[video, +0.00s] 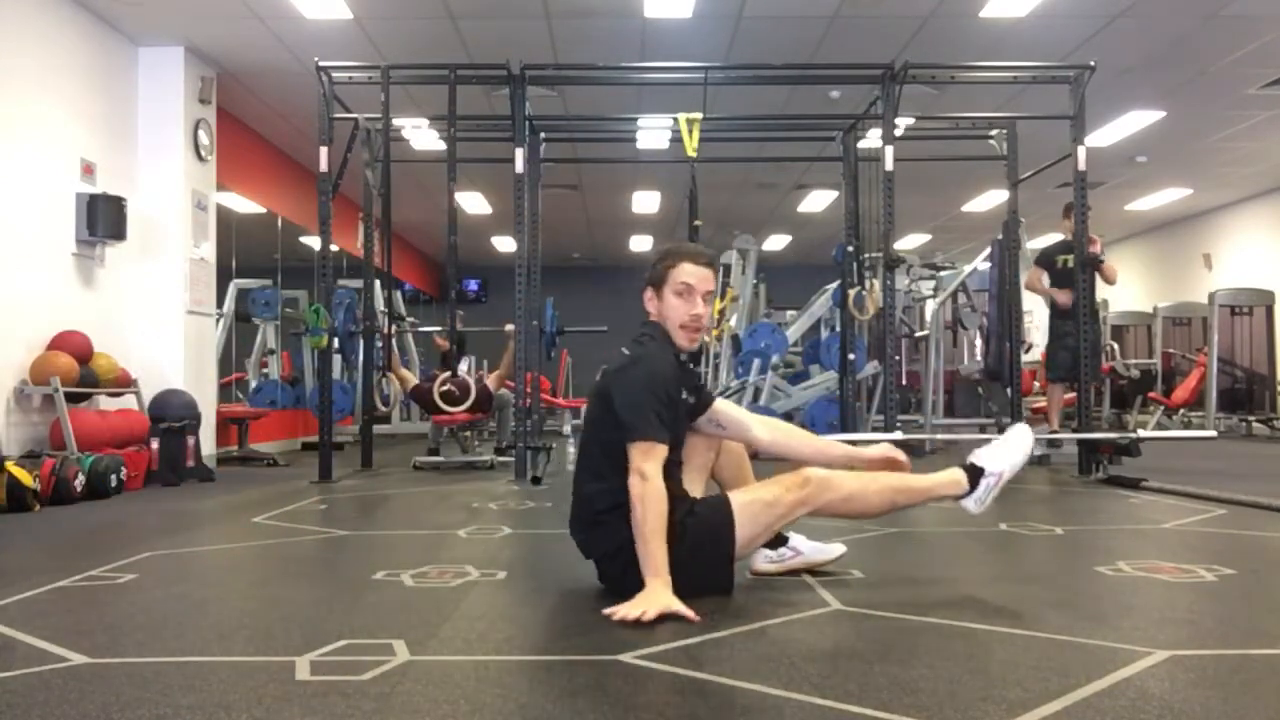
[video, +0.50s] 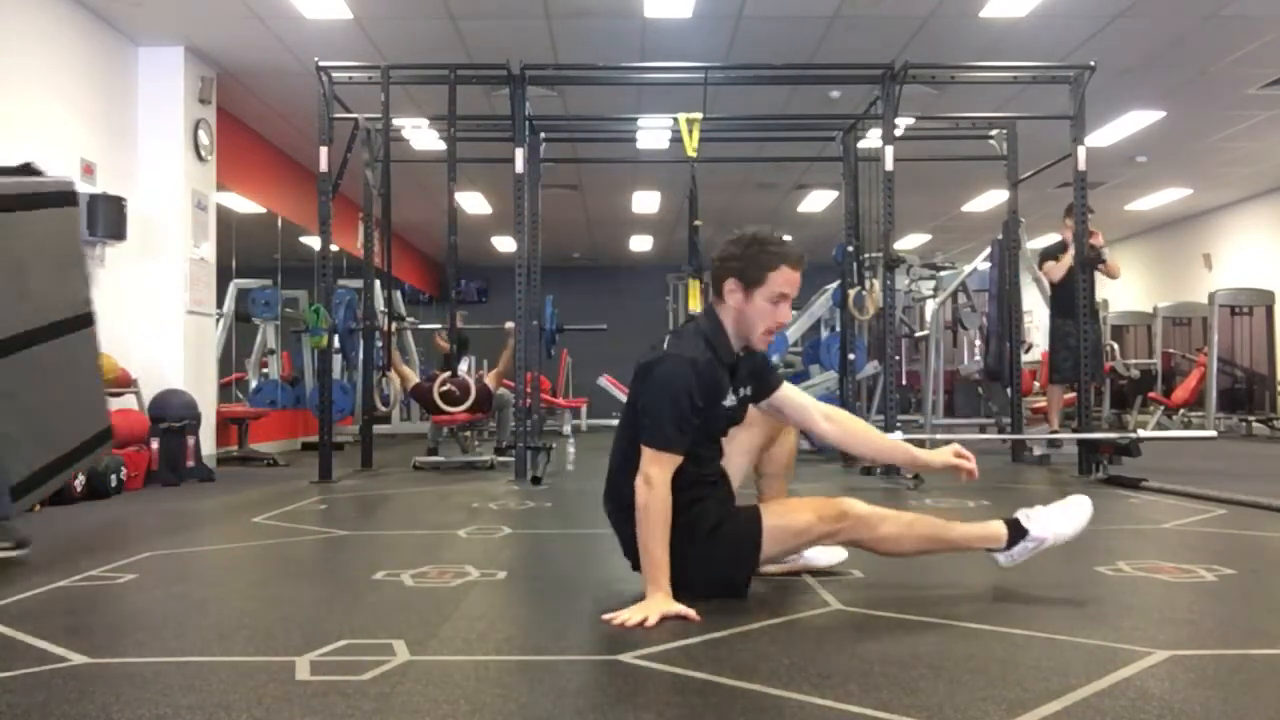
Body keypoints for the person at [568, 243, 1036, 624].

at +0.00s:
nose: (700, 310)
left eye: (707, 299)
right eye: (686, 296)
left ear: (711, 305)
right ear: (651, 303)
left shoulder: (675, 370)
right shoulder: (648, 370)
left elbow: (755, 431)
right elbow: (645, 479)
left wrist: (858, 456)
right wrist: (655, 586)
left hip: (647, 531)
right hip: (640, 556)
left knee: (716, 427)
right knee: (805, 485)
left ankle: (765, 545)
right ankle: (969, 481)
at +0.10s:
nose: (723, 315)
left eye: (731, 304)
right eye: (711, 300)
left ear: (738, 308)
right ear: (675, 303)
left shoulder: (695, 373)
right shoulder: (666, 370)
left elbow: (782, 429)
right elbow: (647, 484)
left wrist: (884, 455)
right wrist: (655, 591)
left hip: (650, 531)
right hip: (647, 558)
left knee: (730, 425)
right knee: (810, 497)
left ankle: (769, 544)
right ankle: (975, 500)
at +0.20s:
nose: (746, 319)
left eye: (754, 307)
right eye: (732, 301)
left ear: (755, 313)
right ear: (694, 304)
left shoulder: (716, 377)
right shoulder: (675, 373)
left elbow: (802, 430)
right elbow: (649, 484)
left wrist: (904, 457)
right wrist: (655, 593)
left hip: (664, 532)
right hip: (650, 560)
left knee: (743, 424)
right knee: (815, 507)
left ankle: (768, 546)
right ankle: (983, 512)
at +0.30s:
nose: (763, 322)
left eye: (771, 310)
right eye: (750, 304)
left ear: (771, 314)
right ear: (709, 303)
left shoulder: (730, 376)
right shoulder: (678, 373)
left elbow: (816, 428)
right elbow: (647, 485)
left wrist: (914, 459)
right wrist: (655, 593)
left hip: (679, 524)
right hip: (662, 556)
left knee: (755, 422)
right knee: (825, 514)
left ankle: (770, 545)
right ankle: (994, 525)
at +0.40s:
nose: (779, 321)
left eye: (784, 308)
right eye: (769, 305)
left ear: (775, 309)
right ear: (723, 299)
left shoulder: (739, 368)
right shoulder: (679, 371)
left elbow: (822, 424)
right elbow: (648, 483)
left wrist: (921, 458)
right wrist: (657, 592)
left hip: (692, 517)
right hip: (674, 549)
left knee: (768, 418)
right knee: (836, 516)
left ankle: (773, 544)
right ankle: (1004, 534)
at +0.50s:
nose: (787, 317)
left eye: (791, 304)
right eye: (778, 302)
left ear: (741, 297)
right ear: (732, 295)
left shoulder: (740, 360)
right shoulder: (683, 368)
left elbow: (819, 419)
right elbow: (650, 484)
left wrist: (920, 458)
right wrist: (656, 591)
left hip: (697, 510)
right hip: (683, 545)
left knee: (778, 415)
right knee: (842, 515)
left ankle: (776, 544)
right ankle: (1010, 535)